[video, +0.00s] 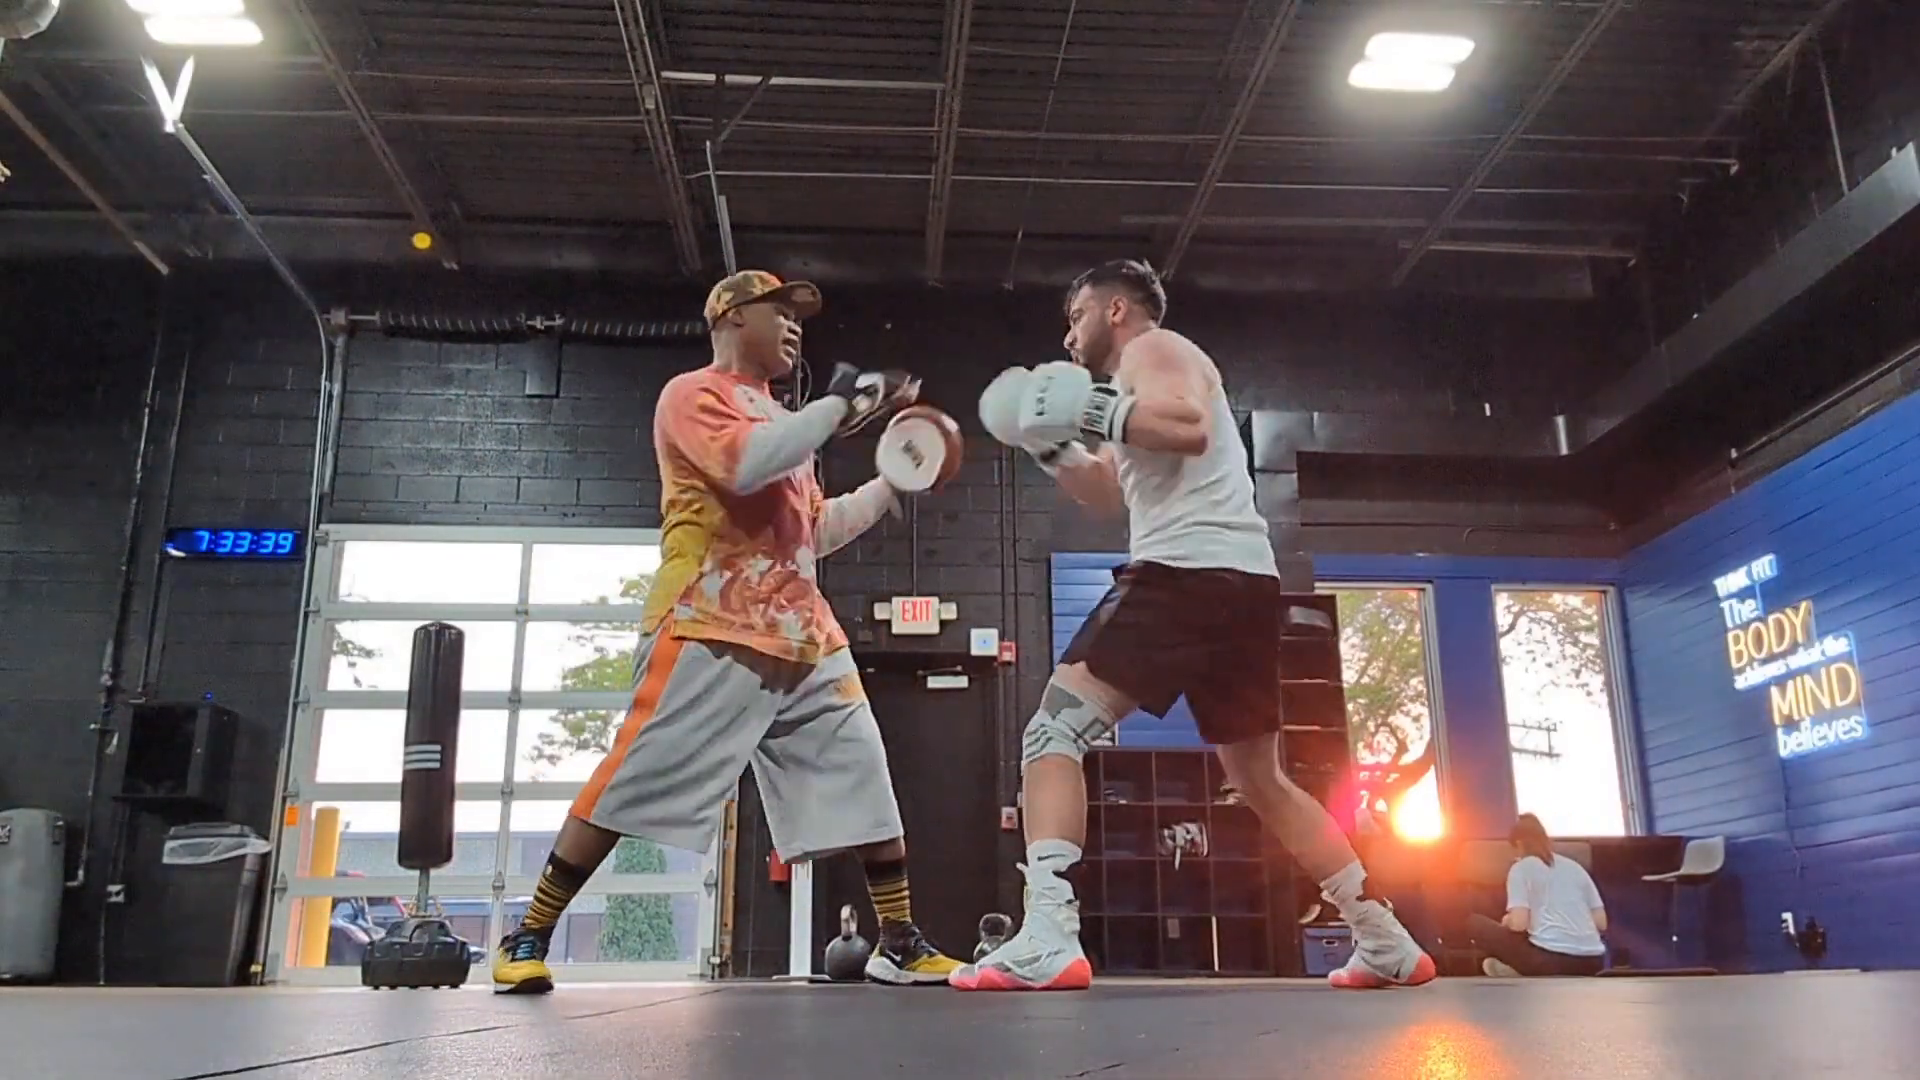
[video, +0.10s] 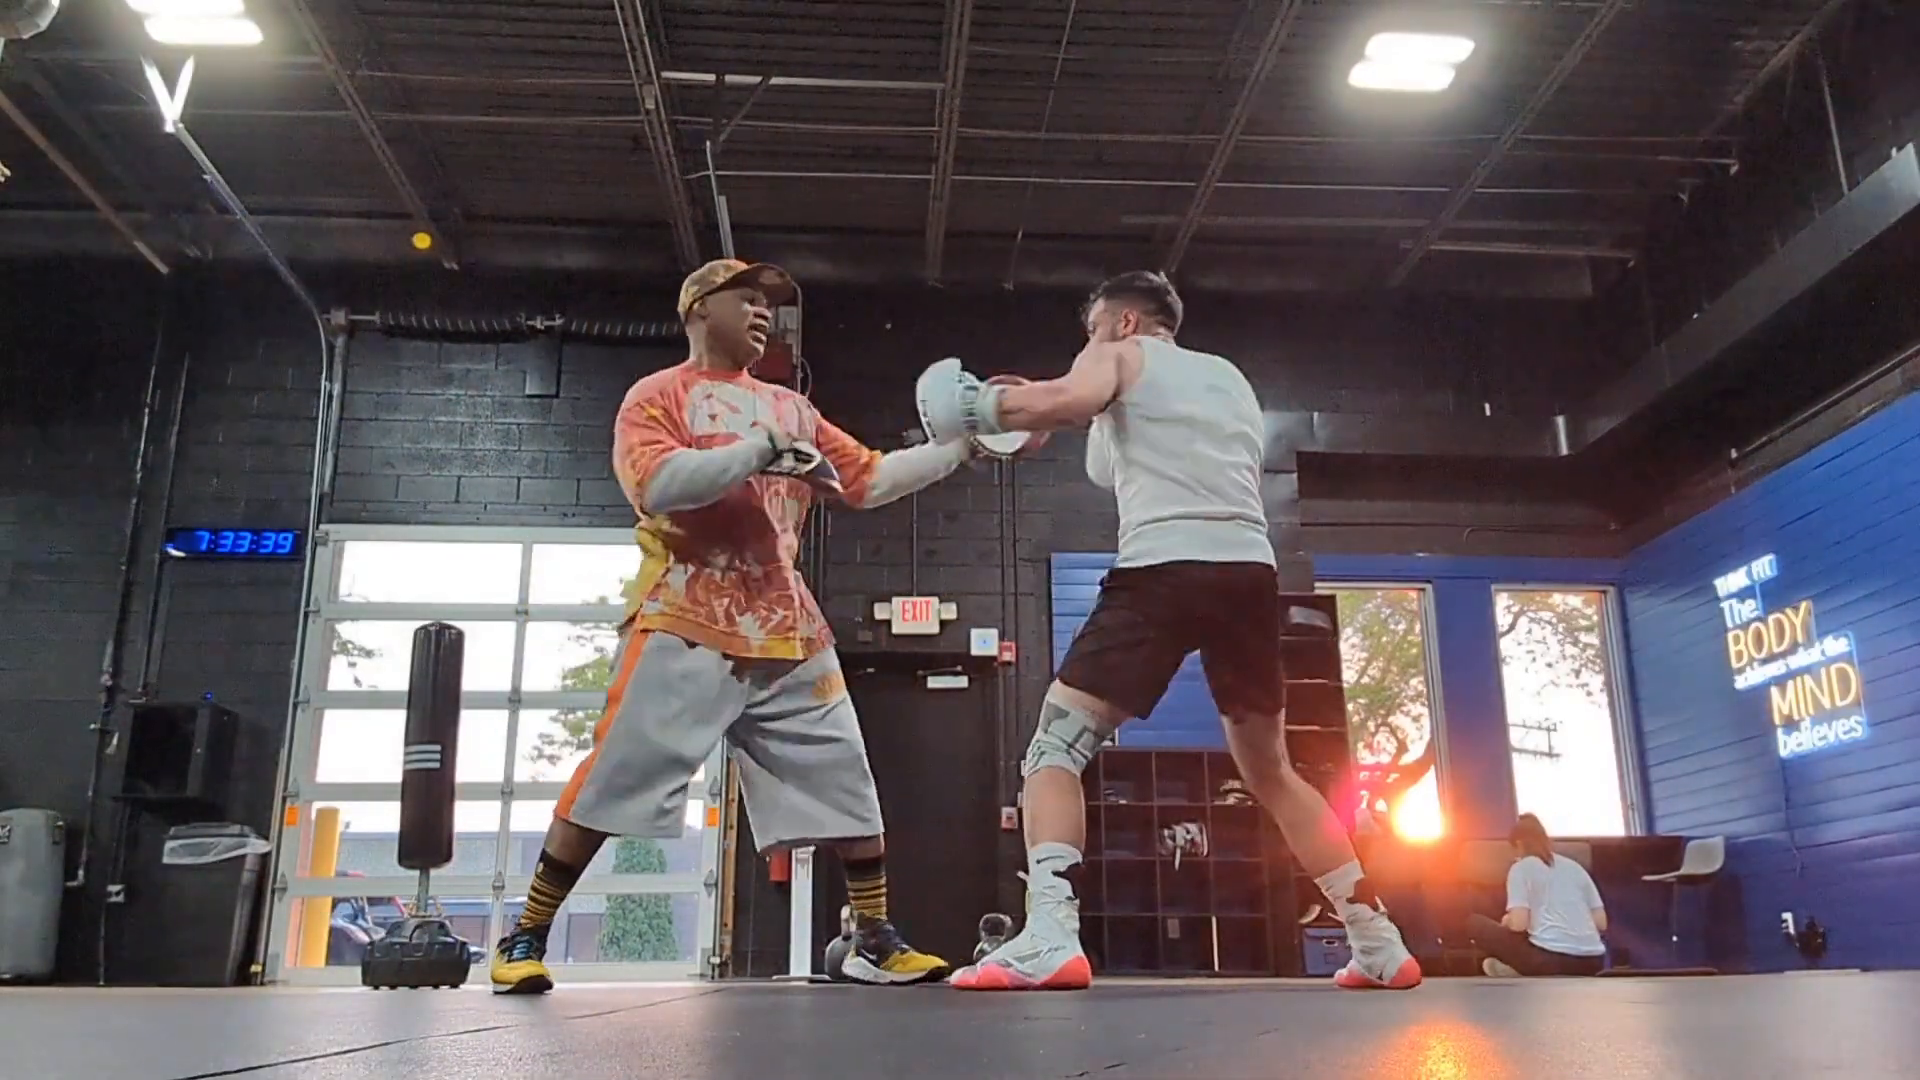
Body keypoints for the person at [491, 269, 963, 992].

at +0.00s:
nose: (797, 327)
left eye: (795, 317)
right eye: (781, 313)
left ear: (765, 331)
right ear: (733, 321)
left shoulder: (783, 424)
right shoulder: (689, 393)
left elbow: (813, 532)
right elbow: (743, 465)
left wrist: (892, 480)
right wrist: (845, 404)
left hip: (800, 620)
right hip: (711, 619)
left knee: (862, 765)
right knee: (634, 772)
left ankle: (897, 937)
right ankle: (530, 936)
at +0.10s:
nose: (762, 309)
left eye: (766, 301)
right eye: (745, 295)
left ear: (767, 324)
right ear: (698, 310)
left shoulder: (789, 409)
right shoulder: (655, 397)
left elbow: (867, 480)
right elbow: (657, 484)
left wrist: (966, 442)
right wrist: (764, 447)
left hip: (786, 616)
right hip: (687, 612)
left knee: (846, 765)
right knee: (618, 768)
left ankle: (871, 936)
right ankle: (527, 937)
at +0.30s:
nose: (774, 317)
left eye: (779, 305)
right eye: (755, 303)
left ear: (787, 317)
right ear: (718, 319)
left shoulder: (807, 406)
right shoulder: (686, 392)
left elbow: (841, 512)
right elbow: (737, 453)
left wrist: (862, 483)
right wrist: (751, 355)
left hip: (786, 610)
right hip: (693, 604)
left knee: (823, 762)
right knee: (625, 755)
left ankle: (821, 937)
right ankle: (535, 930)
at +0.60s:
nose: (729, 342)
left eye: (737, 329)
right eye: (711, 329)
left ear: (744, 344)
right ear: (670, 342)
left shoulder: (771, 410)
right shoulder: (633, 424)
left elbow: (868, 436)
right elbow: (691, 450)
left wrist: (800, 423)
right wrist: (737, 351)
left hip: (781, 633)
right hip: (670, 632)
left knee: (854, 746)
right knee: (588, 772)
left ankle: (841, 924)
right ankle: (479, 935)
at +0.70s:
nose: (735, 377)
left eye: (739, 364)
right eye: (721, 366)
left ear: (742, 364)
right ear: (675, 370)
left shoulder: (765, 433)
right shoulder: (619, 445)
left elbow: (874, 455)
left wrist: (820, 440)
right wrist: (660, 406)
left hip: (768, 638)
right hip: (660, 640)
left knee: (861, 765)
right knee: (596, 767)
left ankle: (907, 932)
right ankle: (482, 936)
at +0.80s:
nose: (758, 387)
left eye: (760, 373)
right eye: (744, 371)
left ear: (755, 377)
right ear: (693, 370)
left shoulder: (782, 443)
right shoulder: (632, 458)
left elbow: (889, 479)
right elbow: (556, 561)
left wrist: (843, 431)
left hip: (778, 649)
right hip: (671, 649)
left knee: (874, 780)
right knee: (598, 772)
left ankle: (933, 945)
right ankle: (482, 938)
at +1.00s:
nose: (813, 399)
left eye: (818, 387)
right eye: (800, 384)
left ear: (821, 388)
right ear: (755, 379)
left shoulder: (839, 452)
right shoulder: (688, 454)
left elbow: (922, 485)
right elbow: (619, 544)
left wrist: (945, 442)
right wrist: (640, 581)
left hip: (800, 666)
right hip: (687, 667)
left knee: (888, 786)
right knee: (594, 792)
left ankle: (935, 950)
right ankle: (482, 941)